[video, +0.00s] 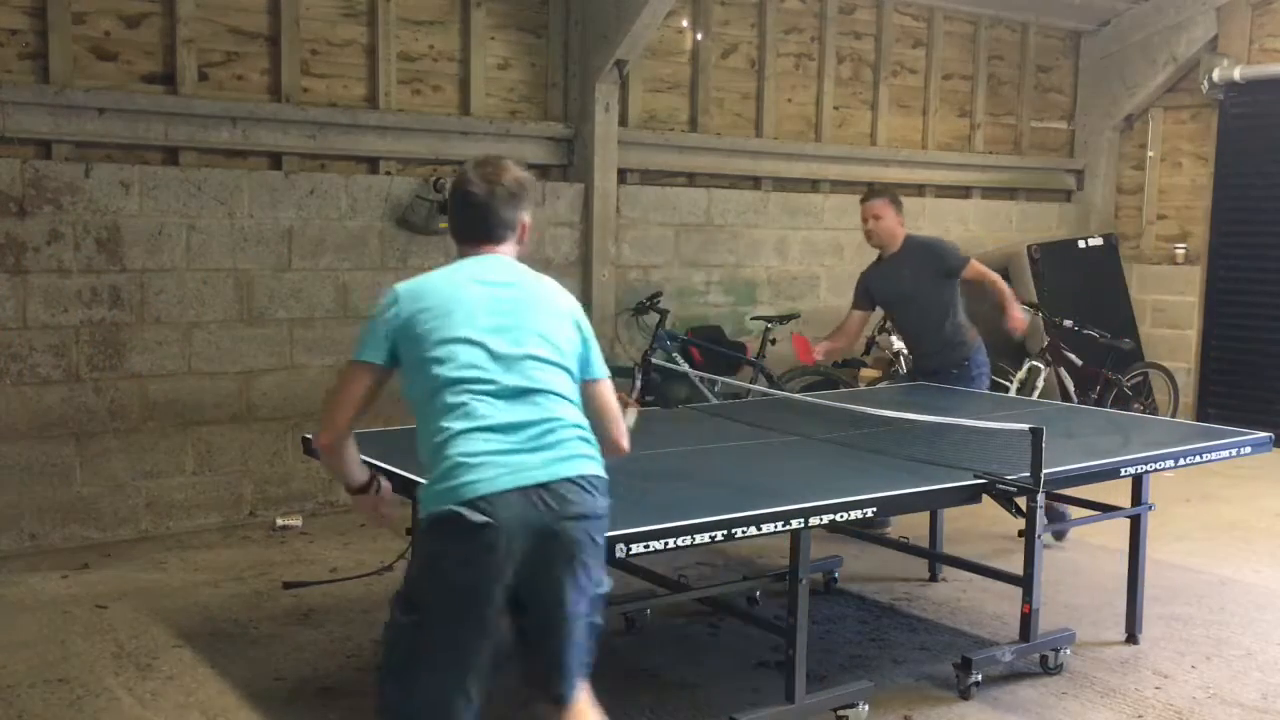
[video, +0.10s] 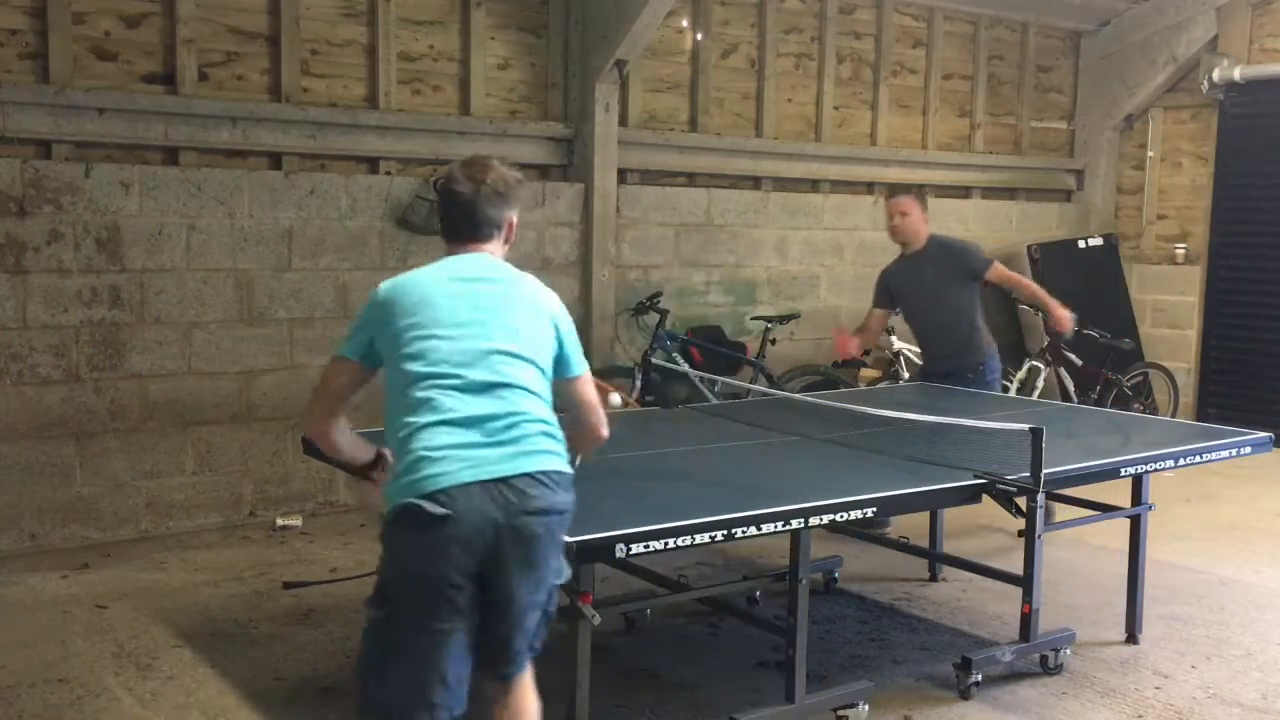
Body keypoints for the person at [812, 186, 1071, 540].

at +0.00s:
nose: (867, 227)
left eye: (874, 218)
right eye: (864, 221)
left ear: (897, 219)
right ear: (865, 226)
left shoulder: (934, 253)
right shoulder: (872, 278)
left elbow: (991, 278)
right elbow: (847, 335)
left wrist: (1013, 308)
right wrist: (825, 347)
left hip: (965, 366)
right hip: (923, 373)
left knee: (979, 445)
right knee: (892, 436)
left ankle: (1051, 507)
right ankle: (880, 513)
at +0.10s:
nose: (894, 223)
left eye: (902, 215)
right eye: (890, 217)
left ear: (923, 217)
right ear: (887, 224)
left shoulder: (957, 254)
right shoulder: (892, 276)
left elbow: (1012, 281)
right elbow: (871, 329)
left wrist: (1054, 307)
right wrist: (856, 342)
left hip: (978, 370)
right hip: (934, 374)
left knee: (987, 441)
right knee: (900, 435)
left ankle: (1038, 497)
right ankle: (879, 513)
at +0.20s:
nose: (932, 215)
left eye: (939, 207)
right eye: (927, 210)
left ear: (961, 209)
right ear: (923, 217)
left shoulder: (992, 247)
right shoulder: (923, 270)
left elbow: (1046, 277)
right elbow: (907, 319)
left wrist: (1098, 305)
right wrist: (901, 338)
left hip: (1001, 373)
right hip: (951, 373)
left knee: (1007, 444)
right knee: (909, 431)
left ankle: (1021, 509)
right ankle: (882, 510)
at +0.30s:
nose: (979, 207)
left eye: (987, 198)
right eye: (973, 200)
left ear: (1007, 202)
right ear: (968, 207)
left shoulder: (1039, 244)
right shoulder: (963, 260)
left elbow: (1088, 277)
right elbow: (947, 313)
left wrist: (1137, 308)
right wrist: (957, 339)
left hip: (1027, 376)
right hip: (976, 375)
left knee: (1026, 448)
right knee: (936, 435)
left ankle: (1022, 512)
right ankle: (886, 506)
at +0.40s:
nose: (1030, 206)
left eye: (1039, 198)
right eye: (1025, 199)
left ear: (1059, 205)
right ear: (1018, 205)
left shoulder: (1082, 251)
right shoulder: (1005, 257)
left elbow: (1123, 296)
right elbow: (987, 317)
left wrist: (1164, 338)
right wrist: (1008, 345)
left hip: (1058, 376)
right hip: (1009, 373)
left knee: (1051, 449)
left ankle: (1030, 511)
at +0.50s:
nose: (1088, 209)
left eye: (1097, 202)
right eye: (1082, 201)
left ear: (1113, 209)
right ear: (1072, 207)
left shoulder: (1126, 257)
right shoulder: (1048, 253)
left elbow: (1156, 305)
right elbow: (1016, 308)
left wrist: (1185, 337)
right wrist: (1046, 343)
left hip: (1087, 373)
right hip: (1040, 367)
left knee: (1072, 448)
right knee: (1036, 440)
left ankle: (1030, 508)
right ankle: (1025, 509)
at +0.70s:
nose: (1203, 231)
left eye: (1213, 223)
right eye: (1196, 220)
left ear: (1225, 228)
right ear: (1181, 220)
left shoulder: (1227, 264)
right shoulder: (1152, 269)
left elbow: (1268, 301)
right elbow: (1117, 335)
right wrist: (1165, 384)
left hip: (1164, 381)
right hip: (1121, 379)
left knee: (1166, 477)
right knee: (1164, 478)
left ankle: (1142, 552)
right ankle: (1101, 493)